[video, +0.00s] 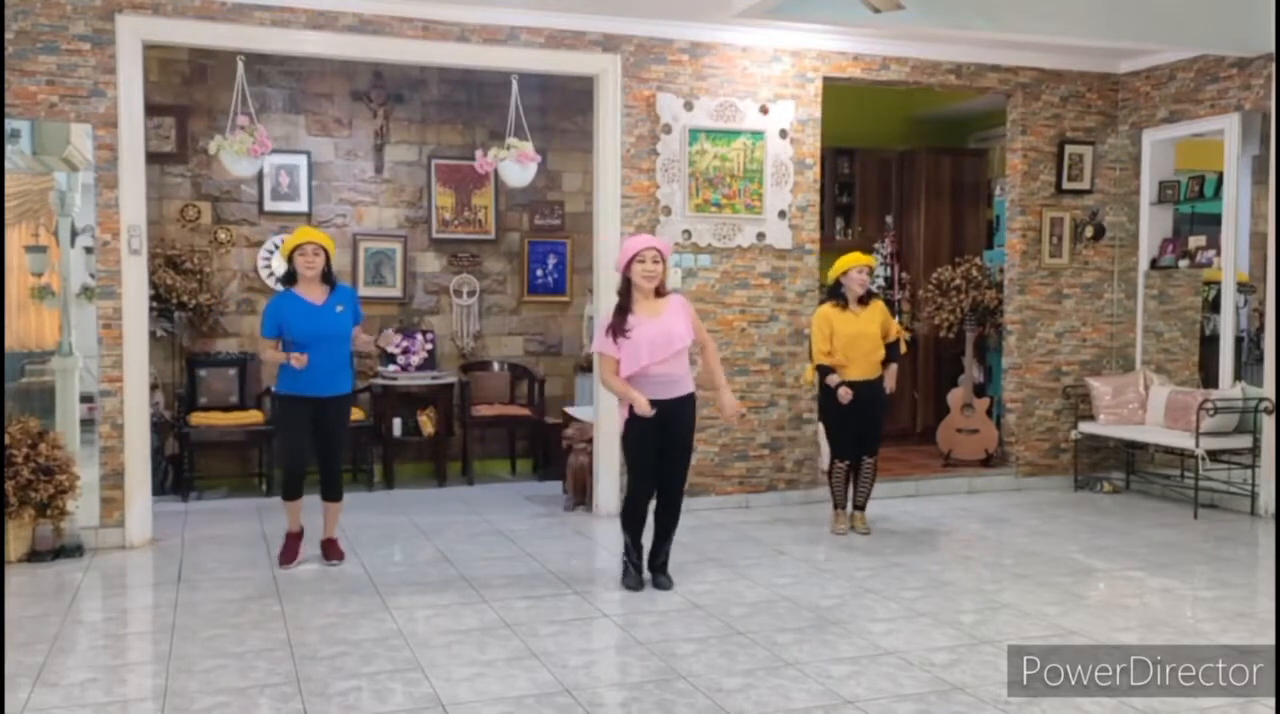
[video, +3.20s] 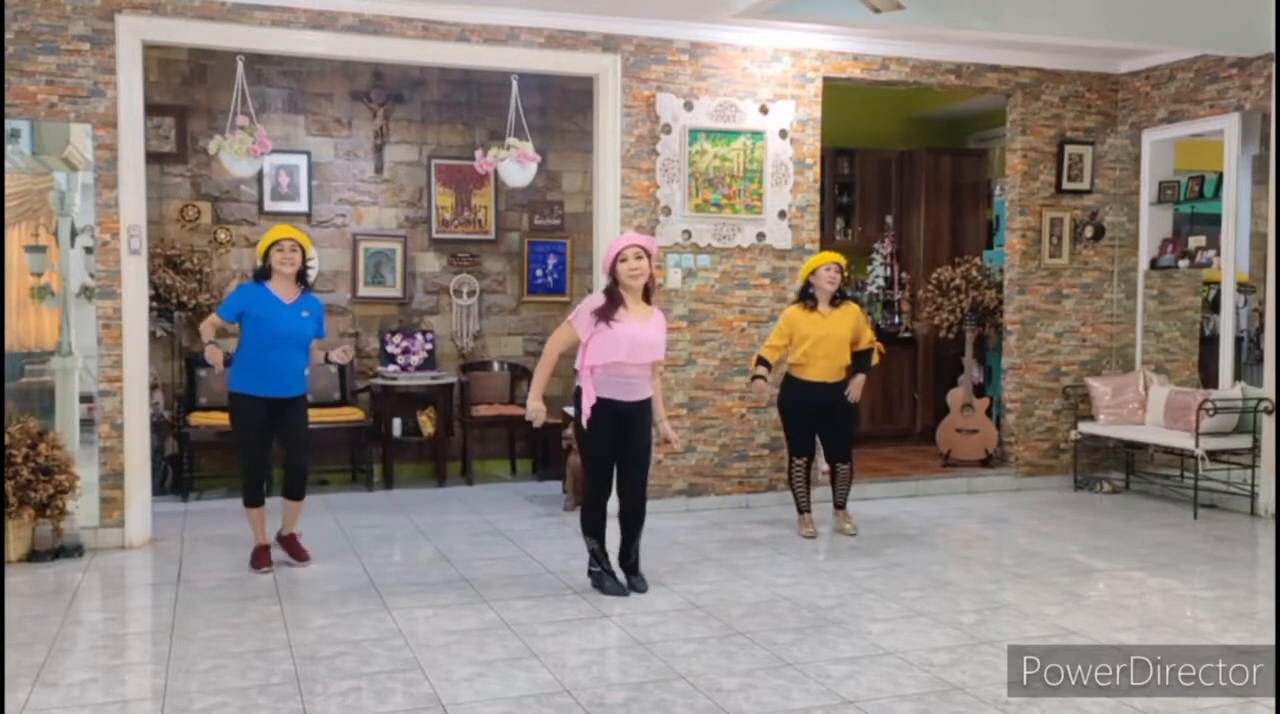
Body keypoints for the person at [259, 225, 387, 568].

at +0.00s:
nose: (309, 259)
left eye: (316, 253)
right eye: (302, 254)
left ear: (327, 260)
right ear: (292, 261)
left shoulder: (345, 295)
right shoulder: (279, 304)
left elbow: (354, 336)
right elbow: (265, 351)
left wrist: (378, 343)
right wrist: (288, 358)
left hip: (336, 396)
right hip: (293, 397)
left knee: (332, 466)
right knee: (293, 466)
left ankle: (330, 538)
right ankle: (293, 533)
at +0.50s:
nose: (288, 257)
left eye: (295, 251)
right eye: (281, 251)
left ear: (305, 259)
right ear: (271, 258)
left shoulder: (314, 301)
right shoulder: (255, 295)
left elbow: (313, 350)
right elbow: (218, 332)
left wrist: (340, 354)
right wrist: (242, 363)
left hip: (301, 397)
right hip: (258, 397)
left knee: (311, 466)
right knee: (258, 469)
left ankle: (325, 536)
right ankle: (256, 541)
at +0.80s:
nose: (272, 255)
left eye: (279, 249)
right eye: (265, 249)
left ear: (290, 258)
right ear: (254, 257)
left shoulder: (301, 303)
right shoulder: (236, 295)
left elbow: (303, 350)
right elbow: (204, 330)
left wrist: (317, 355)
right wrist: (191, 353)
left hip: (286, 397)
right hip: (242, 396)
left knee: (296, 462)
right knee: (249, 467)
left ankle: (291, 533)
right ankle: (255, 541)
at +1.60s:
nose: (284, 256)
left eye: (291, 251)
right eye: (278, 251)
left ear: (301, 259)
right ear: (266, 259)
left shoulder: (321, 296)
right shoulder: (254, 304)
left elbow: (338, 339)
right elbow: (246, 352)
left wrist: (328, 354)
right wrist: (213, 340)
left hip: (310, 397)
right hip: (266, 398)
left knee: (320, 466)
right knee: (261, 468)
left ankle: (334, 539)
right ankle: (256, 541)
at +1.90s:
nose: (309, 259)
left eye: (316, 254)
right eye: (302, 254)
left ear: (323, 261)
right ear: (290, 261)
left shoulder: (343, 295)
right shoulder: (278, 307)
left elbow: (365, 332)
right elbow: (273, 357)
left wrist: (377, 350)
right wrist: (258, 368)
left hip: (340, 398)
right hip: (296, 399)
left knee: (338, 469)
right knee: (284, 468)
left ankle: (336, 539)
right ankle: (277, 535)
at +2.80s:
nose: (306, 254)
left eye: (312, 249)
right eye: (298, 249)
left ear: (319, 258)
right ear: (286, 256)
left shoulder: (324, 302)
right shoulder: (267, 295)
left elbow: (326, 351)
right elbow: (230, 329)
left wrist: (361, 346)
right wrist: (262, 351)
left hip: (312, 396)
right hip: (270, 396)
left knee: (321, 465)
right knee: (266, 467)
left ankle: (334, 539)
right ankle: (263, 543)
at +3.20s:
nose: (287, 255)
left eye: (294, 250)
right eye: (280, 249)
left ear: (304, 260)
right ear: (268, 257)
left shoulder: (311, 304)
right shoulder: (248, 293)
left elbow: (312, 353)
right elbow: (209, 324)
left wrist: (331, 355)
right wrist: (210, 344)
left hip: (292, 396)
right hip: (249, 395)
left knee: (298, 465)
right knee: (255, 468)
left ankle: (288, 535)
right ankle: (261, 543)